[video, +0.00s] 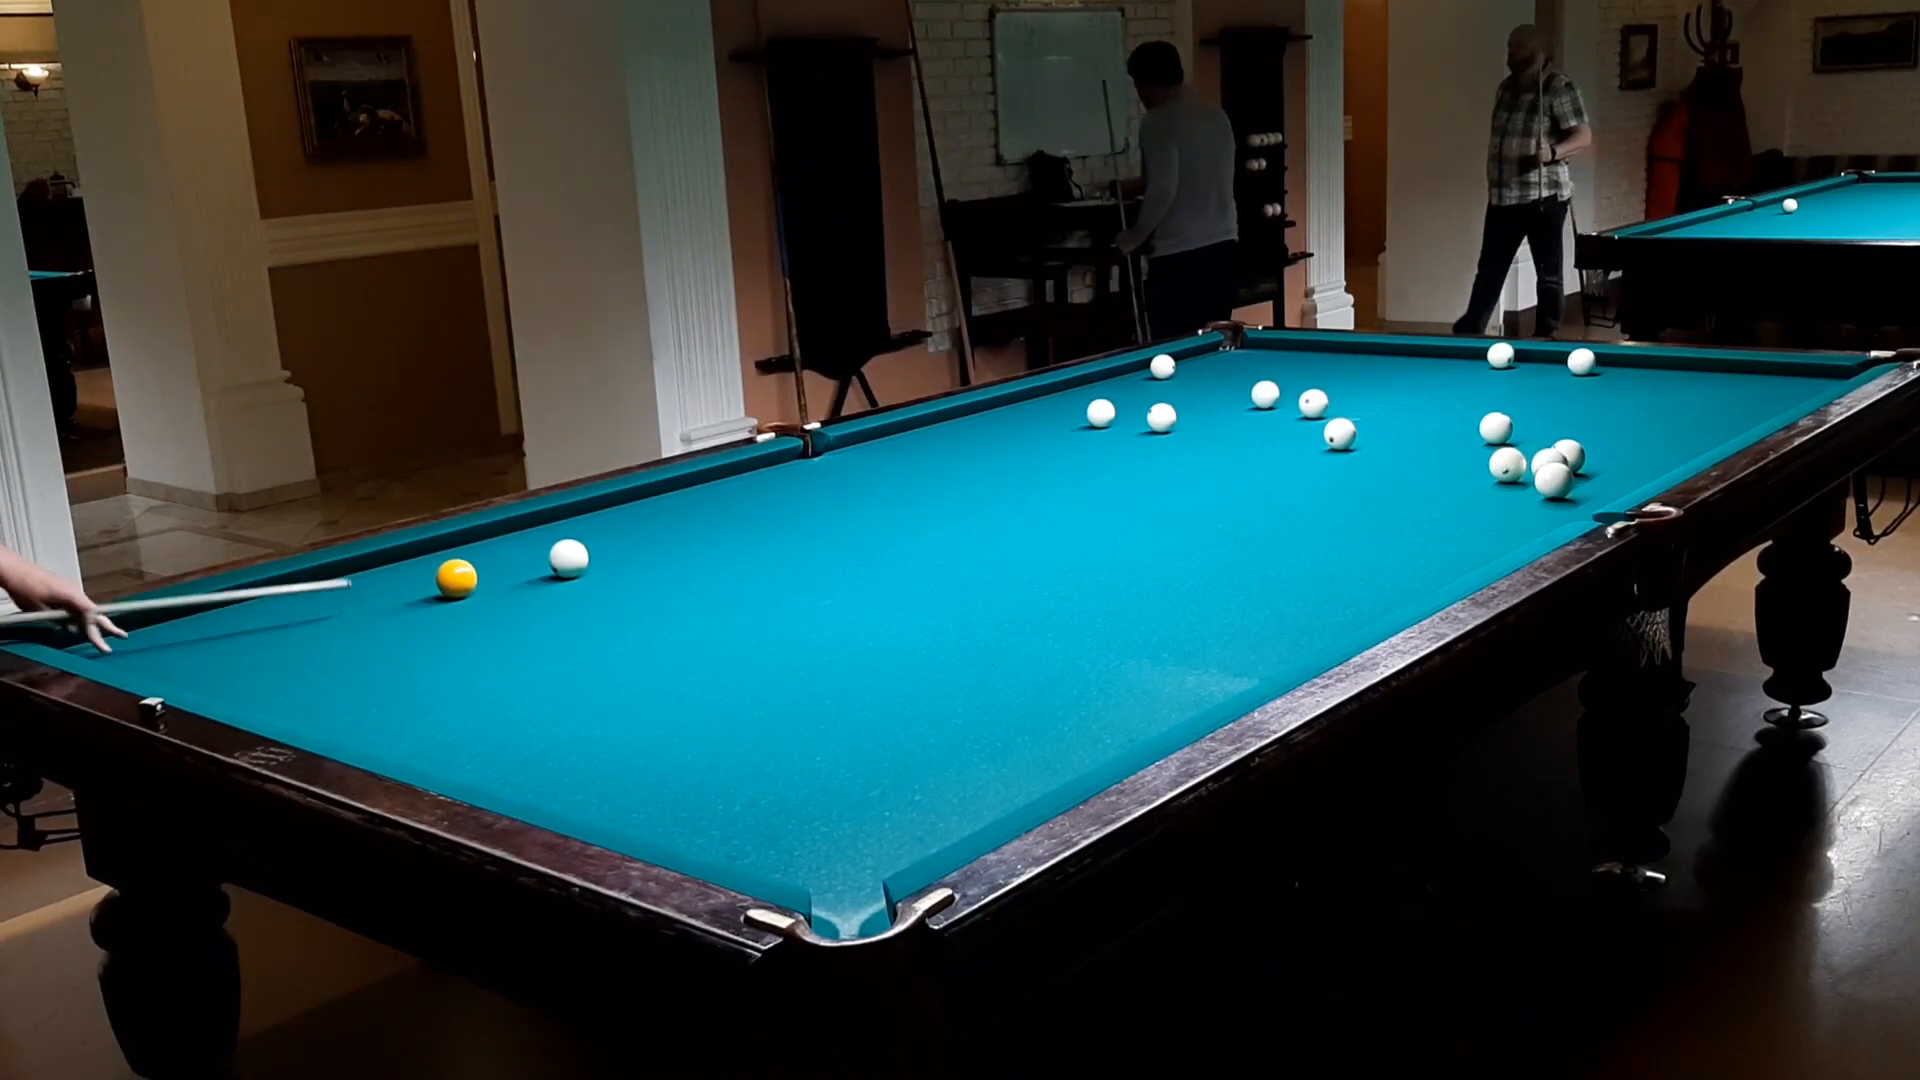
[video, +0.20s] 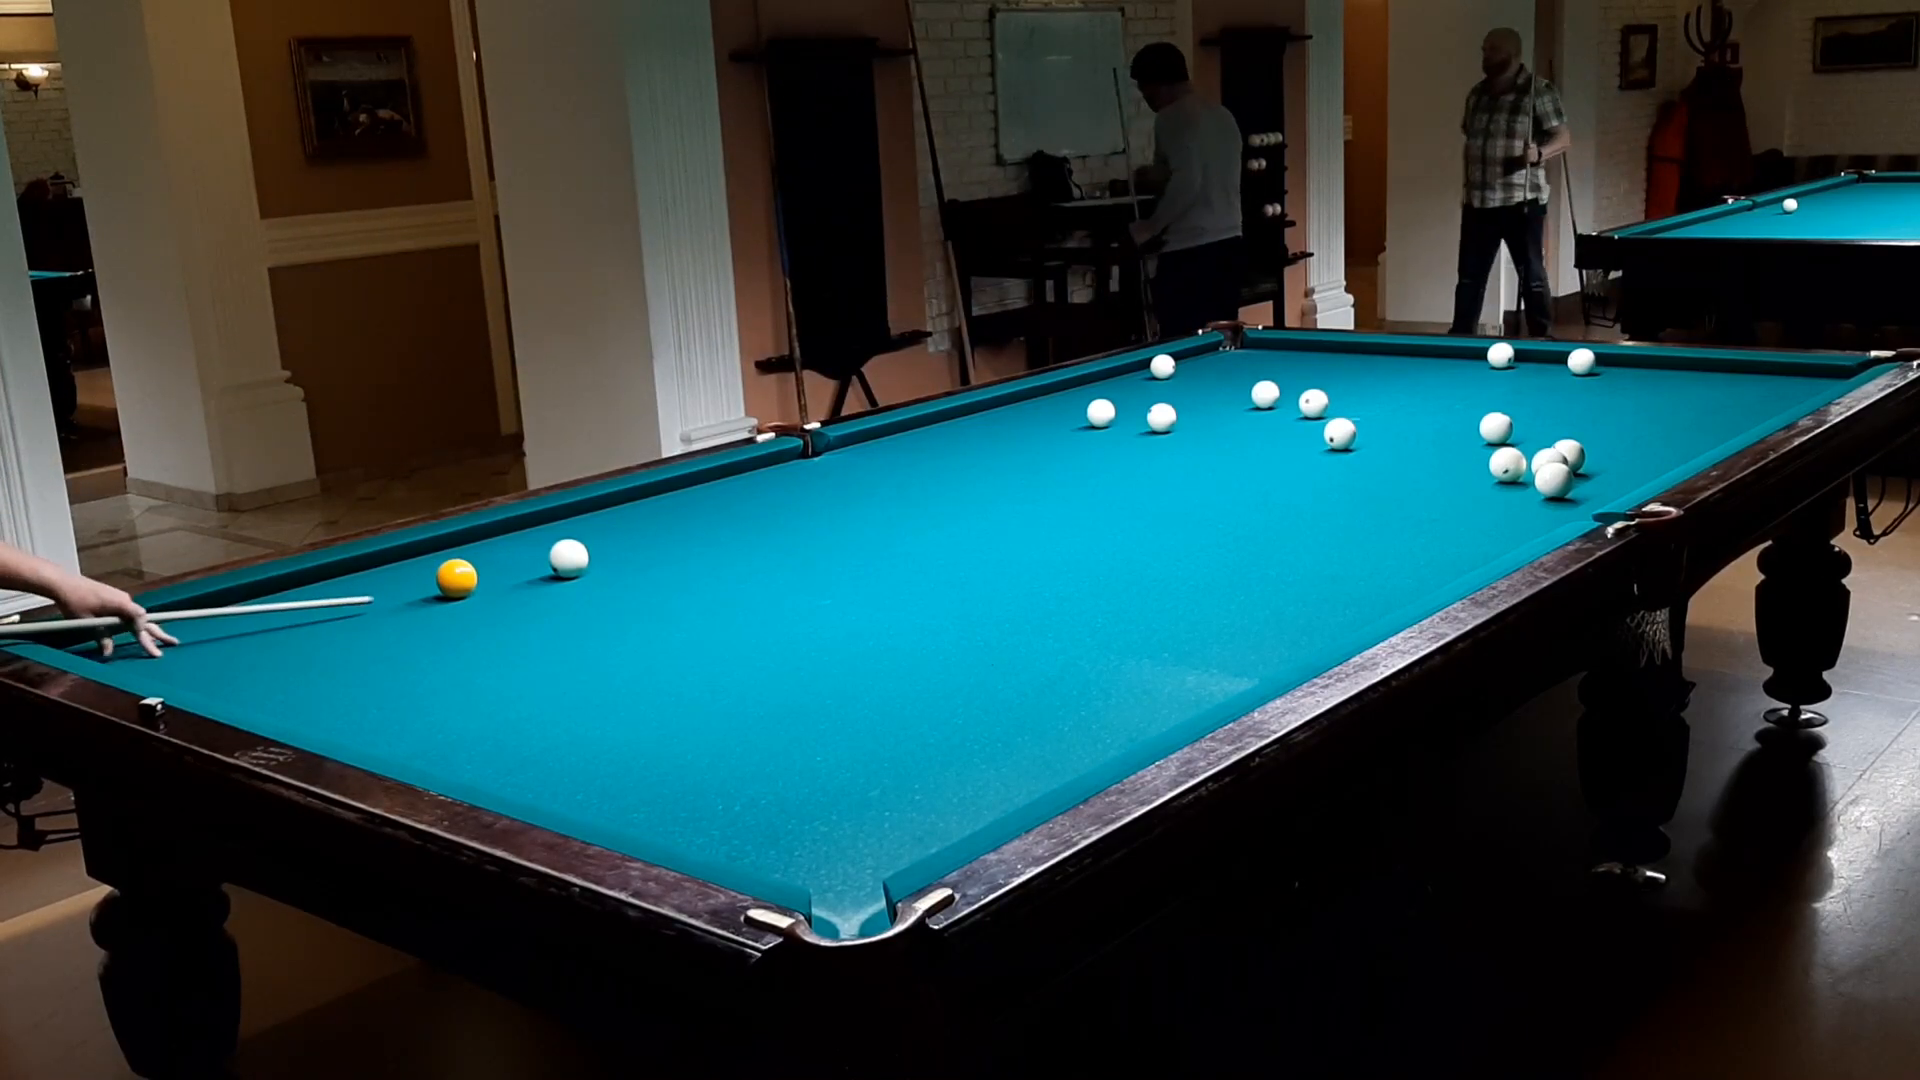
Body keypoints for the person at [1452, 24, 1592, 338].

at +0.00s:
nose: (1511, 53)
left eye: (1519, 47)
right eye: (1510, 47)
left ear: (1539, 51)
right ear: (1509, 50)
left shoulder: (1559, 87)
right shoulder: (1506, 88)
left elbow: (1583, 136)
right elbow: (1502, 136)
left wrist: (1554, 152)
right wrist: (1497, 177)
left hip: (1545, 196)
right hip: (1505, 196)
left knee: (1549, 272)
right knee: (1490, 269)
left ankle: (1545, 335)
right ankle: (1469, 332)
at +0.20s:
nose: (1485, 57)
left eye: (1492, 50)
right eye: (1484, 50)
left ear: (1513, 54)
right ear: (1485, 52)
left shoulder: (1538, 90)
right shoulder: (1477, 94)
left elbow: (1562, 138)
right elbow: (1470, 144)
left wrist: (1540, 153)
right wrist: (1468, 190)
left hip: (1522, 202)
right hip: (1480, 202)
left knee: (1532, 277)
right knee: (1470, 277)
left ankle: (1541, 342)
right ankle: (1459, 341)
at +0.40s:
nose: (1459, 57)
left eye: (1466, 51)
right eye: (1458, 51)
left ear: (1486, 53)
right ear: (1457, 52)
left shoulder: (1516, 88)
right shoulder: (1447, 97)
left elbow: (1540, 132)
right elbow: (1431, 149)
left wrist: (1525, 150)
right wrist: (1415, 197)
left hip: (1499, 202)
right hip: (1457, 203)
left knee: (1505, 271)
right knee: (1459, 278)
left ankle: (1526, 337)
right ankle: (1458, 340)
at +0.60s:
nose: (1443, 61)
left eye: (1450, 54)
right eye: (1441, 54)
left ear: (1470, 54)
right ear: (1438, 55)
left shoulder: (1499, 88)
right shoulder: (1429, 98)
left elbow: (1523, 130)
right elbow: (1409, 143)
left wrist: (1509, 154)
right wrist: (1388, 182)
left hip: (1485, 199)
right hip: (1444, 202)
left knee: (1483, 274)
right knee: (1451, 277)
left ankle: (1487, 341)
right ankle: (1456, 341)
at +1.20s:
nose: (1447, 58)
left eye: (1454, 51)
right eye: (1439, 52)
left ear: (1467, 56)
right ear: (1429, 55)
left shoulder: (1478, 98)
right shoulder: (1408, 94)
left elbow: (1486, 150)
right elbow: (1386, 142)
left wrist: (1486, 193)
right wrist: (1406, 184)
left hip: (1461, 211)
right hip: (1418, 209)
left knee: (1451, 288)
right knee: (1406, 284)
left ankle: (1442, 354)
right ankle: (1405, 352)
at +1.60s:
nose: (1433, 59)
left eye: (1437, 52)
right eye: (1424, 52)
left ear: (1444, 56)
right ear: (1407, 56)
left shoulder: (1442, 96)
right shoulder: (1394, 94)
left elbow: (1446, 151)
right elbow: (1379, 150)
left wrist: (1459, 191)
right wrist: (1416, 183)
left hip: (1441, 210)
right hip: (1407, 209)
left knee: (1440, 286)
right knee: (1396, 285)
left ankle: (1435, 353)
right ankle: (1379, 352)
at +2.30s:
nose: (1414, 67)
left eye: (1413, 60)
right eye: (1408, 60)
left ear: (1390, 66)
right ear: (1386, 65)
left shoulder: (1400, 103)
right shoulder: (1366, 105)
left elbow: (1395, 158)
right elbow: (1357, 166)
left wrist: (1424, 164)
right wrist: (1407, 175)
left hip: (1397, 217)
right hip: (1371, 216)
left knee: (1409, 290)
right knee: (1370, 291)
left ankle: (1427, 352)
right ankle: (1367, 356)